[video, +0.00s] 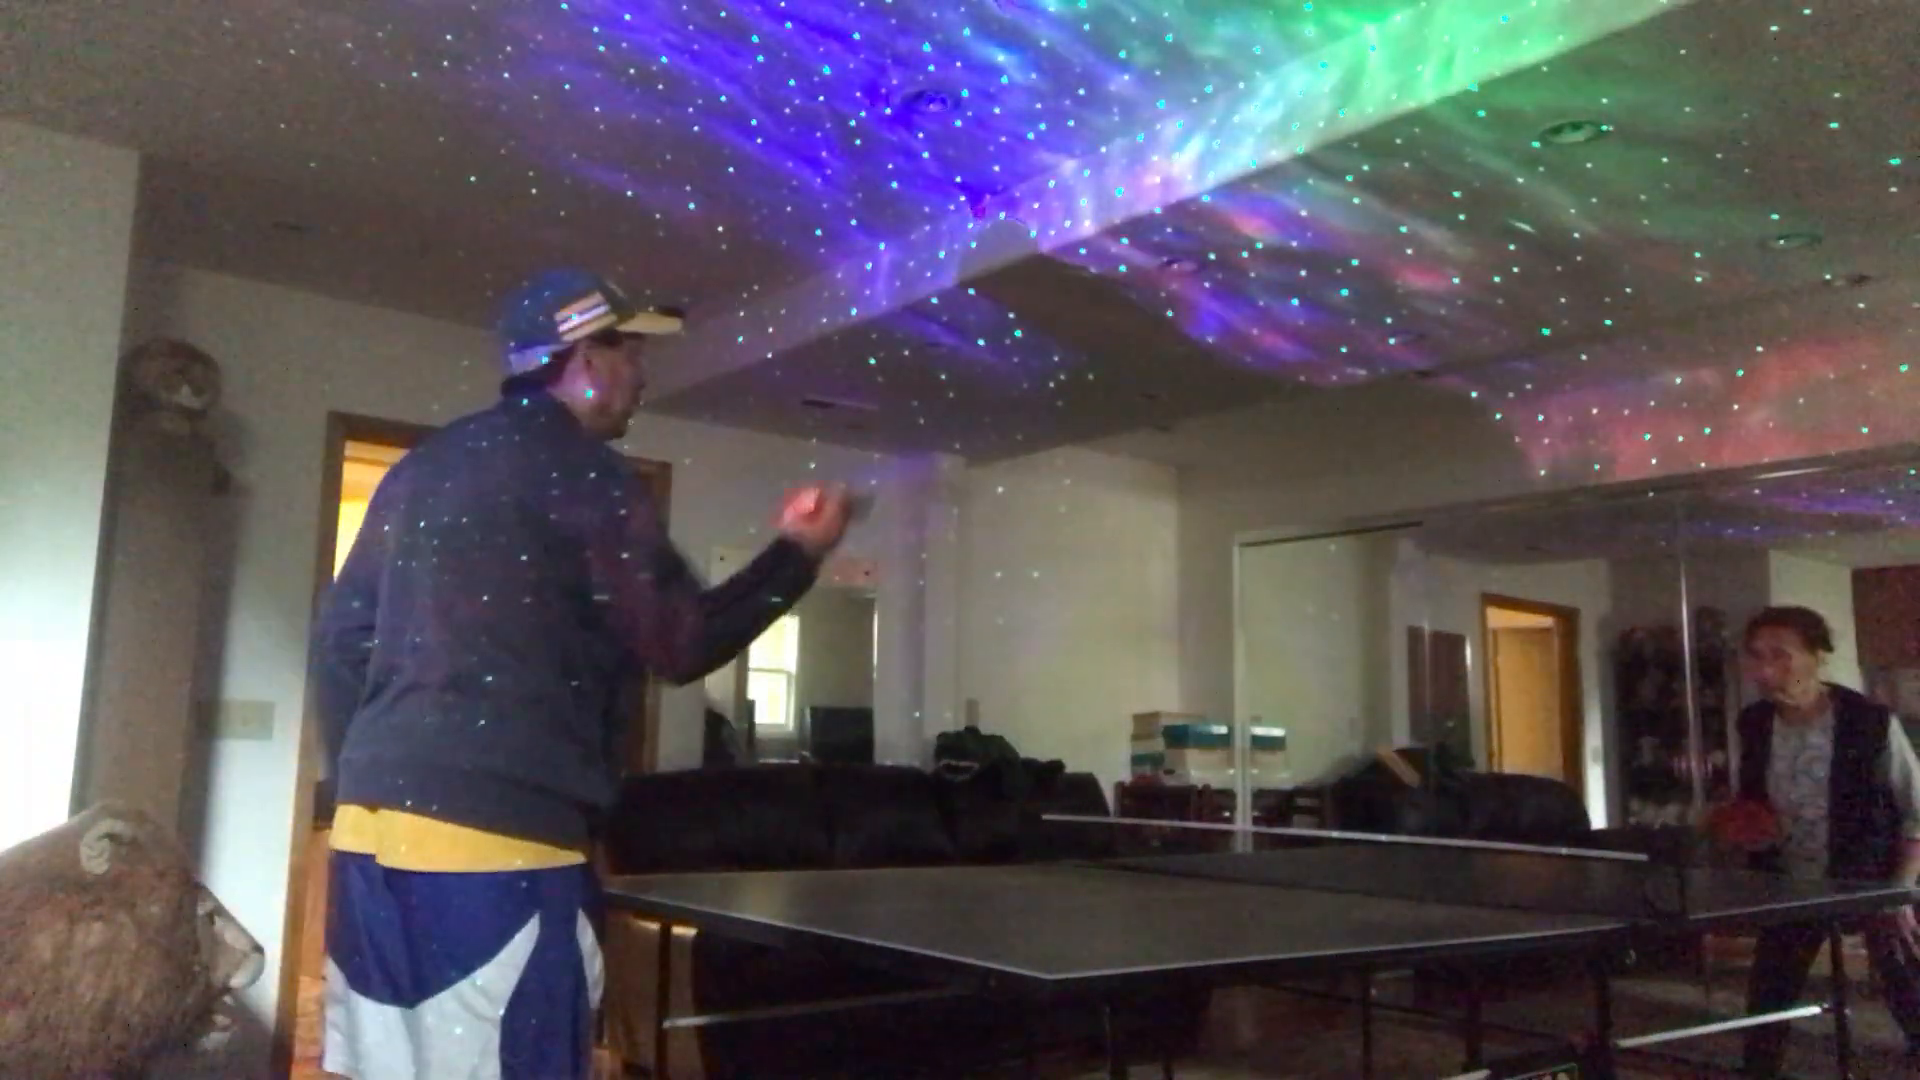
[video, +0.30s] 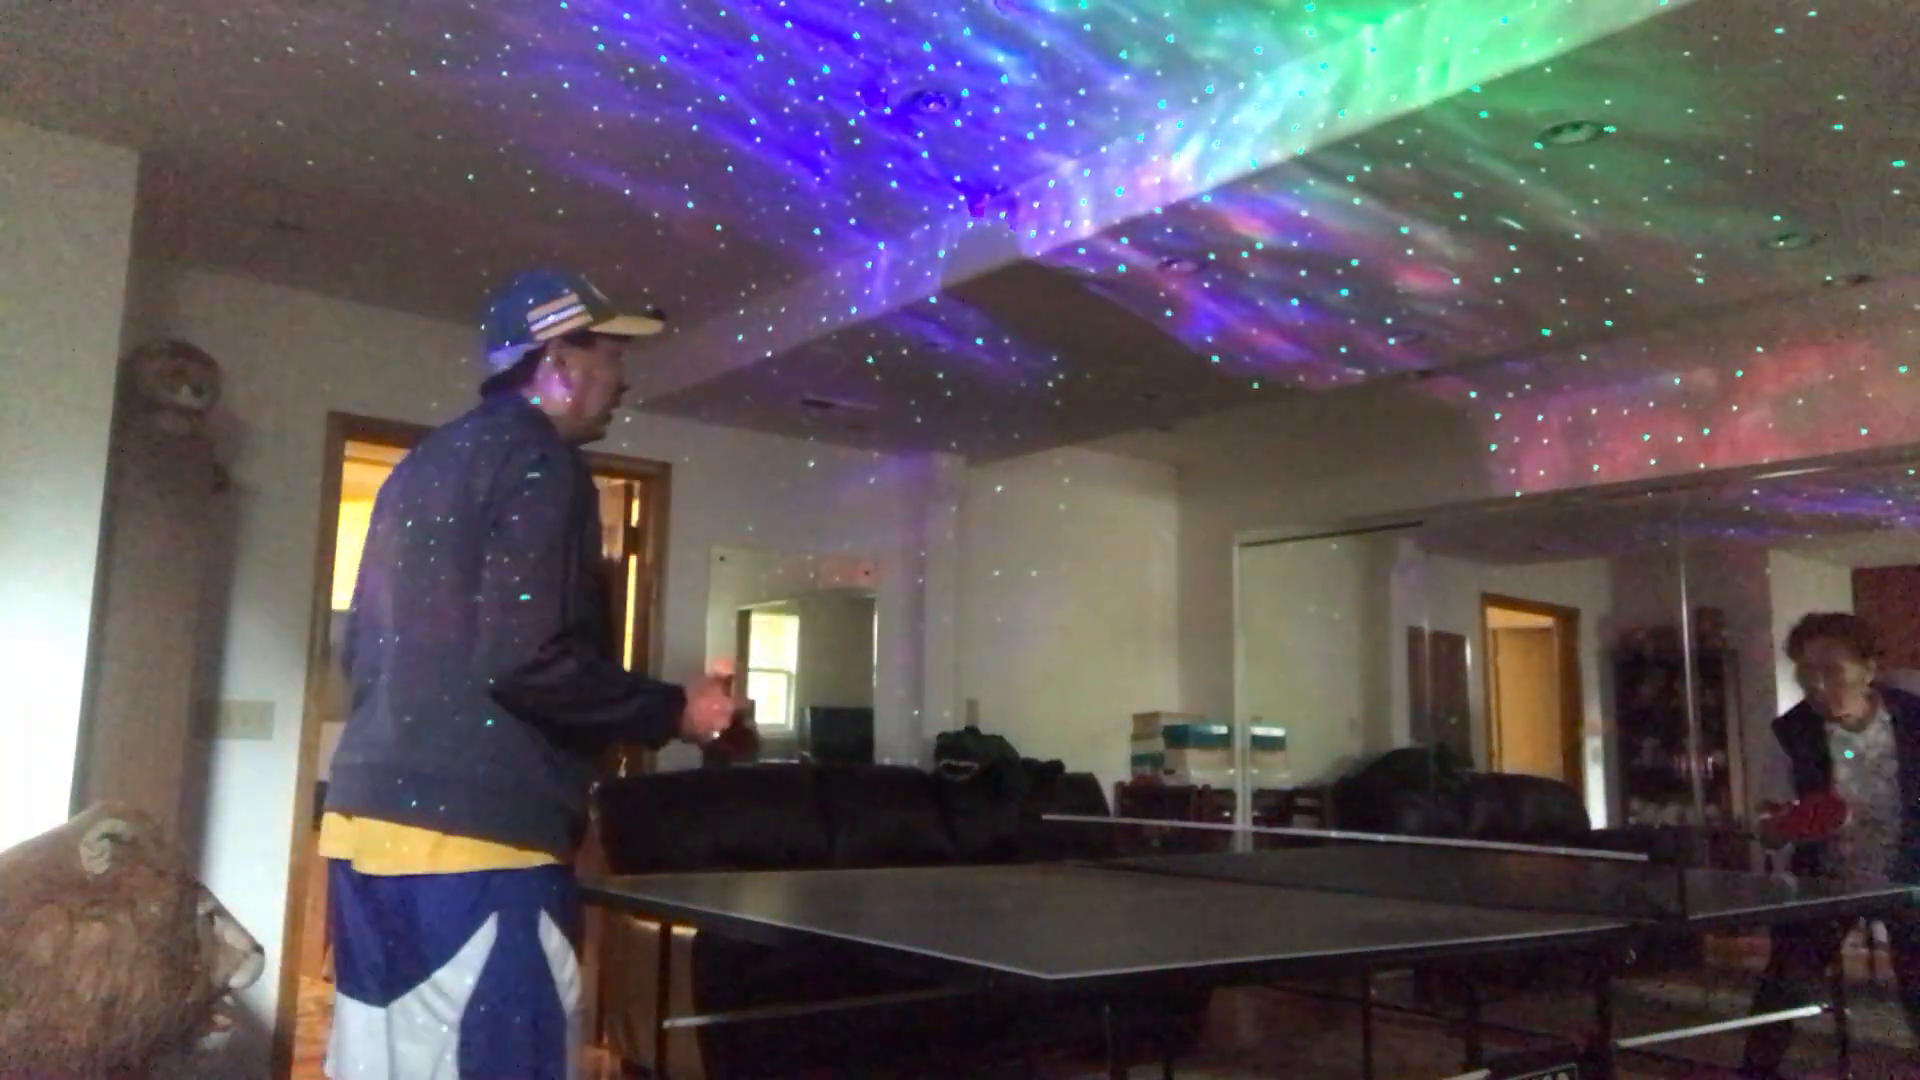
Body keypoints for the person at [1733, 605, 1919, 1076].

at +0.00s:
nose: (1765, 671)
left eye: (1778, 655)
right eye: (1757, 658)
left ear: (1817, 658)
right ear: (1750, 664)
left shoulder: (1871, 722)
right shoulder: (1752, 725)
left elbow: (1913, 812)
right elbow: (1747, 808)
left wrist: (1903, 894)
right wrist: (1742, 828)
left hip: (1869, 888)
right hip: (1790, 889)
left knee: (1908, 993)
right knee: (1766, 1002)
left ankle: (1918, 1053)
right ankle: (1758, 1072)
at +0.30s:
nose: (1822, 686)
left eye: (1835, 670)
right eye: (1810, 675)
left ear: (1869, 667)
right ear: (1799, 677)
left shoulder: (1910, 717)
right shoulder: (1796, 731)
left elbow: (1915, 801)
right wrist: (1787, 828)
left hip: (1903, 880)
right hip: (1829, 883)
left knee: (1917, 987)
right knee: (1787, 976)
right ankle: (1756, 1069)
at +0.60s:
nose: (1814, 690)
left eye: (1829, 678)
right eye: (1800, 677)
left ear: (1859, 683)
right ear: (1784, 683)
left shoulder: (1889, 722)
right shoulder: (1787, 735)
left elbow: (1913, 776)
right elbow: (1752, 768)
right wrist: (1711, 785)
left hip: (1895, 869)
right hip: (1819, 873)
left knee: (1913, 974)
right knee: (1808, 979)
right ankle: (1786, 1053)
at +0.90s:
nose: (1774, 711)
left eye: (1793, 699)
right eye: (1765, 696)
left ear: (1827, 706)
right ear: (1752, 697)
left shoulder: (1869, 740)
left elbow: (1907, 810)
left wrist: (1914, 868)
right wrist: (1676, 842)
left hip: (1867, 877)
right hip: (1779, 886)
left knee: (1907, 969)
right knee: (1784, 983)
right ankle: (1776, 1067)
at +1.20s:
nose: (1786, 690)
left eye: (1803, 678)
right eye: (1779, 676)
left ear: (1842, 685)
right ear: (1769, 679)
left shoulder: (1890, 734)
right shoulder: (1763, 740)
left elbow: (1904, 821)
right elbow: (1759, 818)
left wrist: (1876, 886)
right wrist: (1746, 840)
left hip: (1878, 882)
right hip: (1797, 889)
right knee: (1792, 1007)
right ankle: (1778, 1069)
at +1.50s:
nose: (1787, 659)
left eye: (1802, 647)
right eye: (1786, 648)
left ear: (1853, 651)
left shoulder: (1903, 709)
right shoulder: (1789, 724)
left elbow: (1914, 793)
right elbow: (1804, 802)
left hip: (1908, 878)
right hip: (1837, 885)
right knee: (1811, 1005)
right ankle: (1799, 1066)